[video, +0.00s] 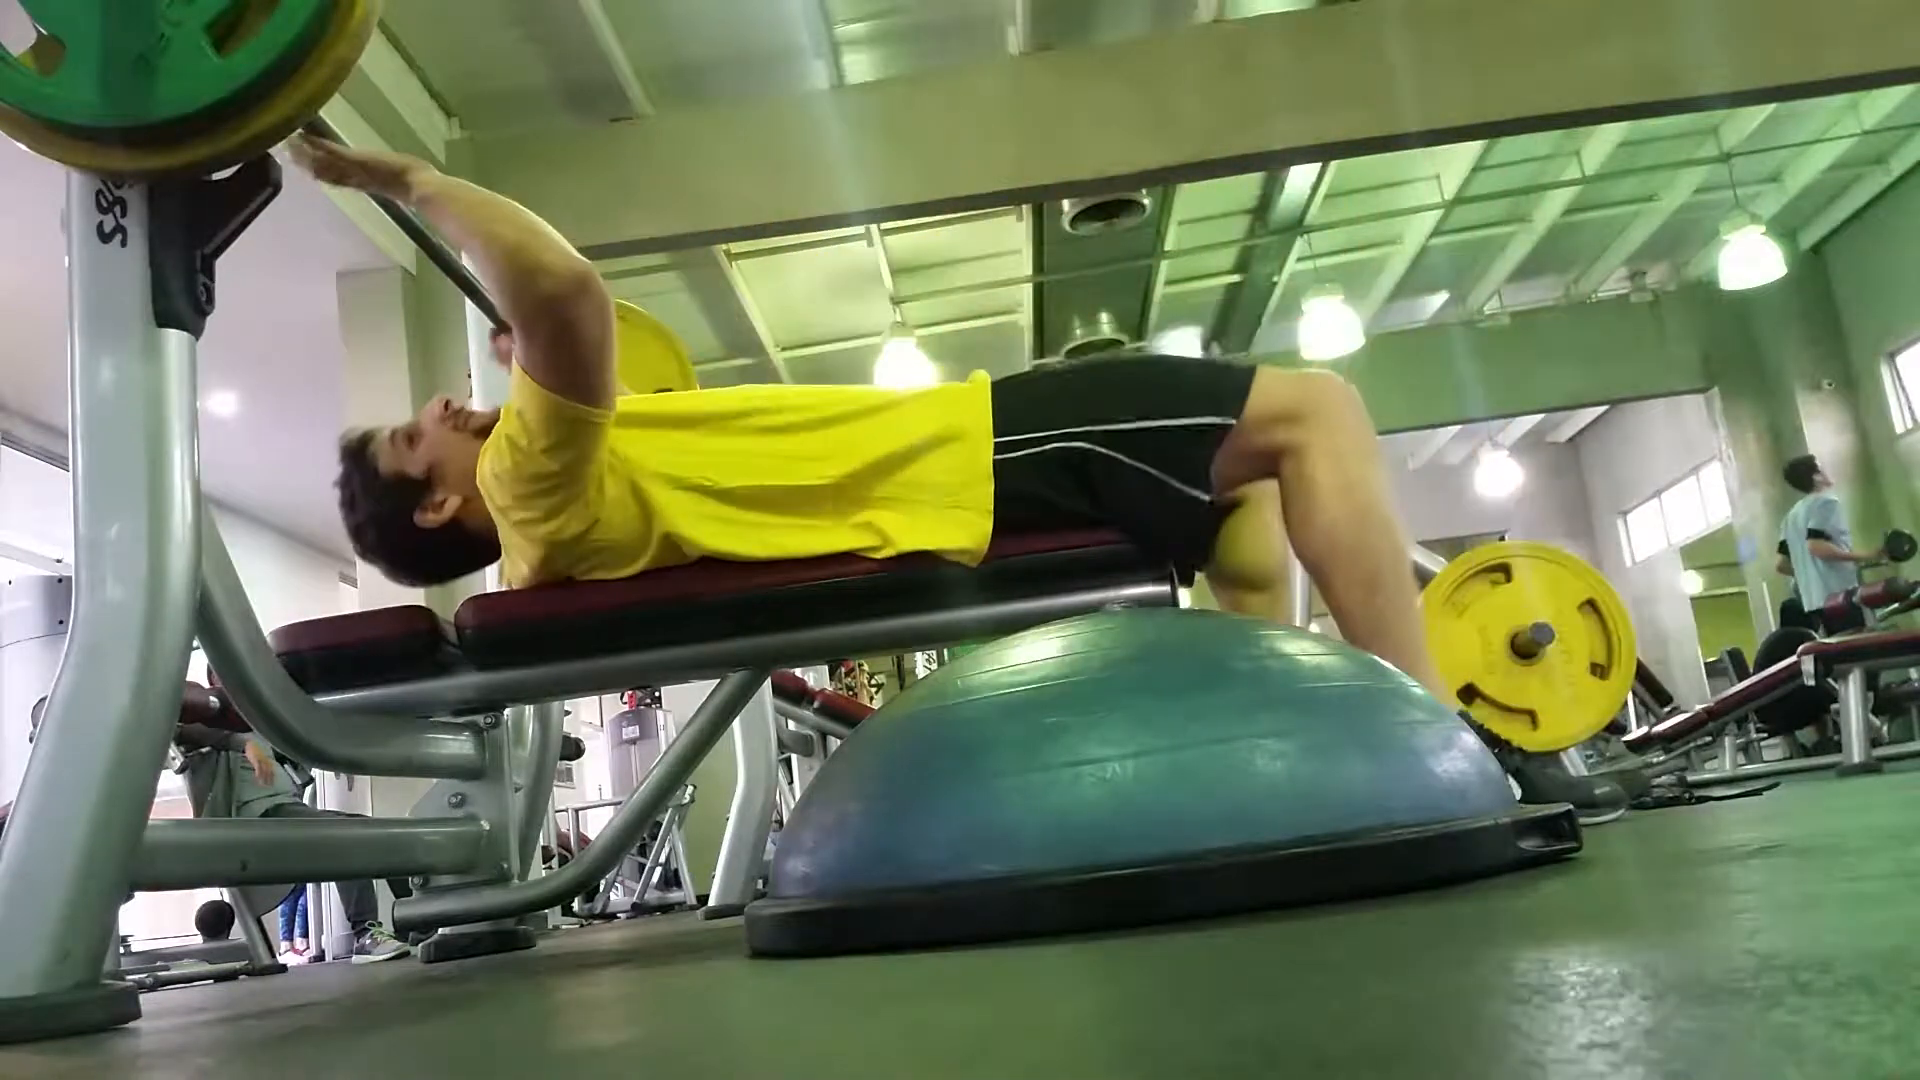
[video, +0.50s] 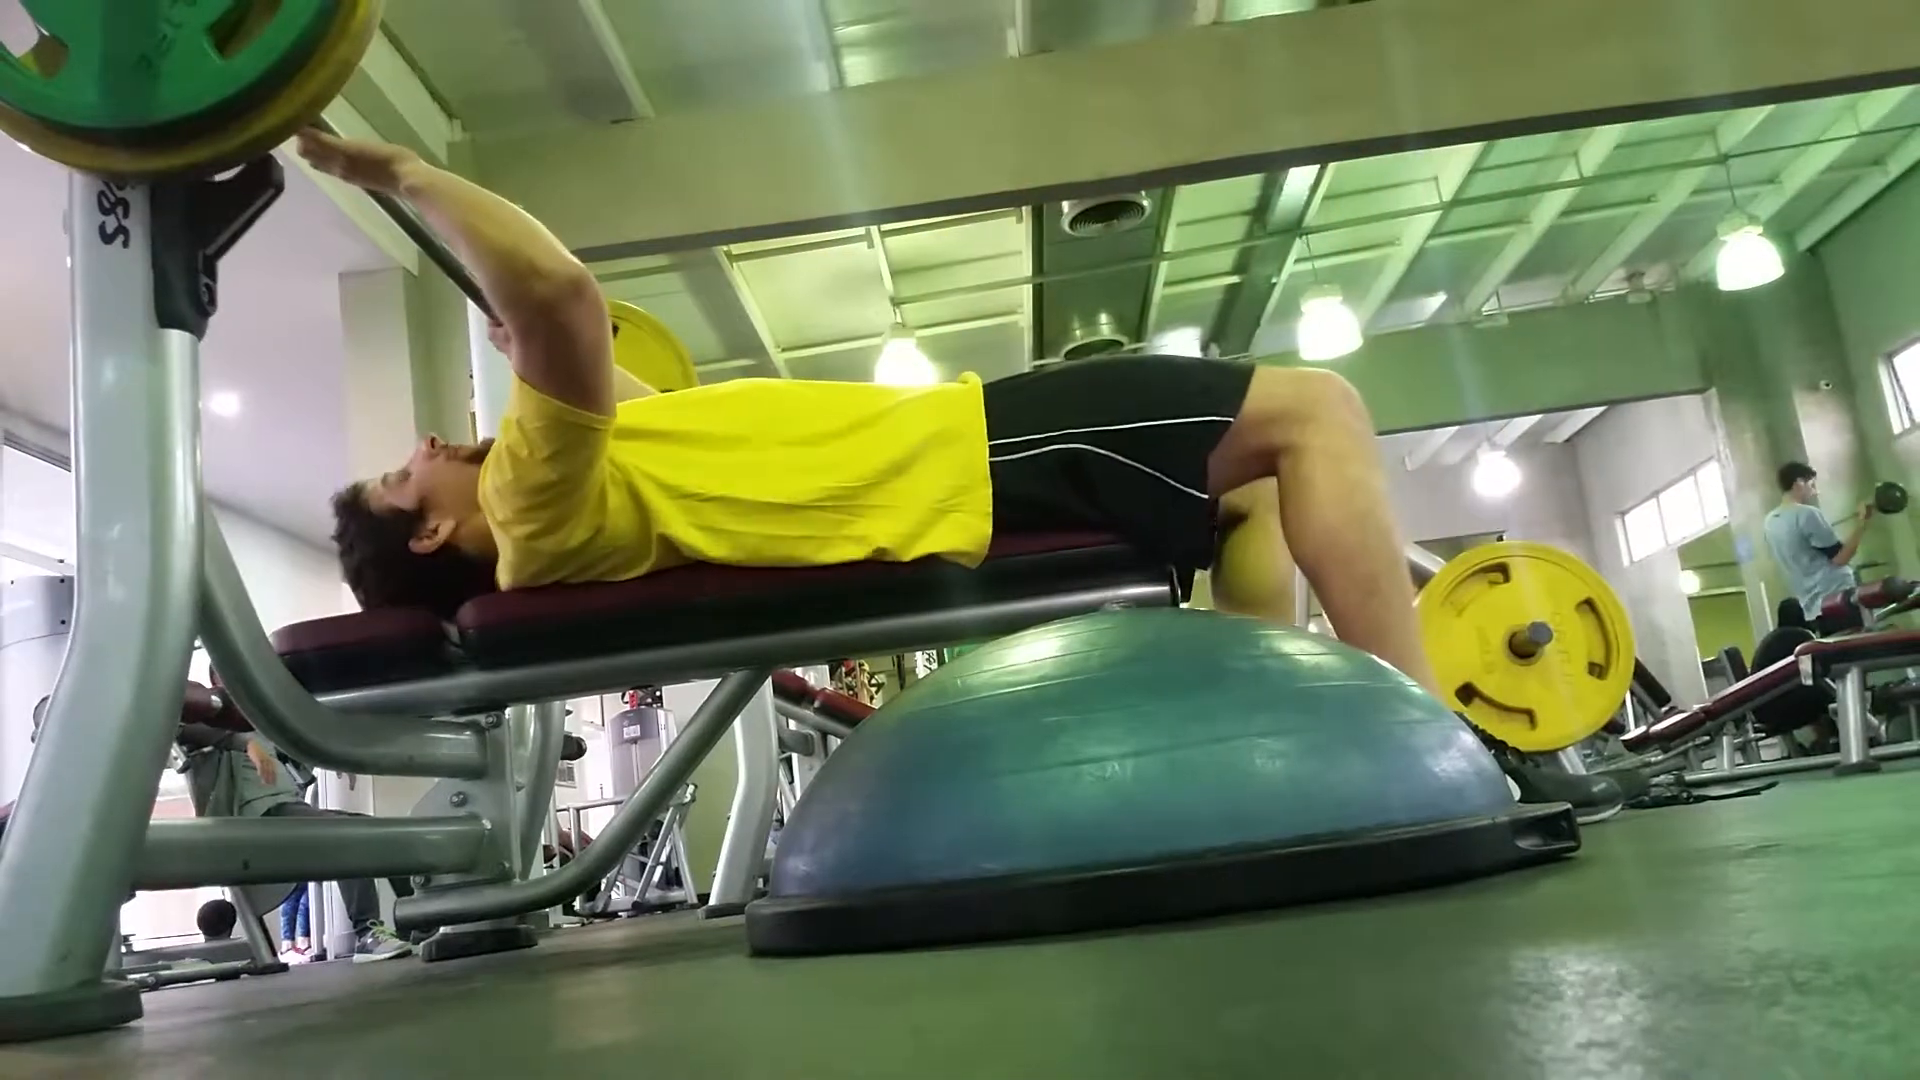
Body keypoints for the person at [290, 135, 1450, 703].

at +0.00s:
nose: (454, 399)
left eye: (431, 402)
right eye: (430, 423)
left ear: (457, 440)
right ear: (437, 497)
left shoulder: (563, 466)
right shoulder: (537, 495)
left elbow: (615, 334)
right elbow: (556, 290)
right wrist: (387, 178)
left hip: (949, 463)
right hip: (954, 459)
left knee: (1245, 518)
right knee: (1311, 409)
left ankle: (1258, 766)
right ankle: (1435, 744)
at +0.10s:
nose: (450, 414)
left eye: (430, 420)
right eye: (426, 438)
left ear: (454, 494)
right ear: (439, 512)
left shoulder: (559, 491)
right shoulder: (542, 509)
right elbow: (562, 301)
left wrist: (807, 671)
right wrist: (407, 180)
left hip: (950, 470)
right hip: (951, 451)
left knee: (1247, 510)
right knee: (1307, 402)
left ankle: (1248, 779)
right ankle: (1438, 745)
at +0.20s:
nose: (437, 421)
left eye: (415, 431)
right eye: (417, 449)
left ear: (451, 484)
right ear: (433, 527)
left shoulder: (565, 475)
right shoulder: (542, 509)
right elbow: (552, 299)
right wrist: (392, 167)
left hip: (949, 464)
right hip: (954, 451)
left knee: (1251, 500)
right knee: (1306, 408)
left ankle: (1247, 767)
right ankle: (1435, 749)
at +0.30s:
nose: (430, 429)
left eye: (407, 440)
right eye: (412, 454)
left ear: (444, 482)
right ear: (430, 528)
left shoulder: (565, 467)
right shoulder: (541, 516)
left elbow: (571, 309)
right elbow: (545, 299)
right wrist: (397, 171)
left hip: (951, 449)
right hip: (953, 458)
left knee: (1250, 488)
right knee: (1306, 407)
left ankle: (1235, 758)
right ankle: (1428, 748)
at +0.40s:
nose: (429, 438)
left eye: (407, 450)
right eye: (413, 466)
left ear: (448, 484)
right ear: (436, 535)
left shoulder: (561, 474)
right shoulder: (545, 518)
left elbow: (566, 316)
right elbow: (552, 301)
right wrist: (401, 173)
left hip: (955, 451)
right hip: (962, 460)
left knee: (1250, 480)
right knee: (1306, 407)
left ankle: (1246, 758)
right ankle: (1425, 748)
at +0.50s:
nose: (435, 441)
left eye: (412, 451)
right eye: (418, 467)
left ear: (447, 484)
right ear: (437, 536)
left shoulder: (565, 480)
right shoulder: (547, 521)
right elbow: (555, 297)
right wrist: (400, 171)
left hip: (957, 461)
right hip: (964, 455)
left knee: (1251, 488)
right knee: (1306, 408)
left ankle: (1259, 762)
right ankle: (1433, 748)